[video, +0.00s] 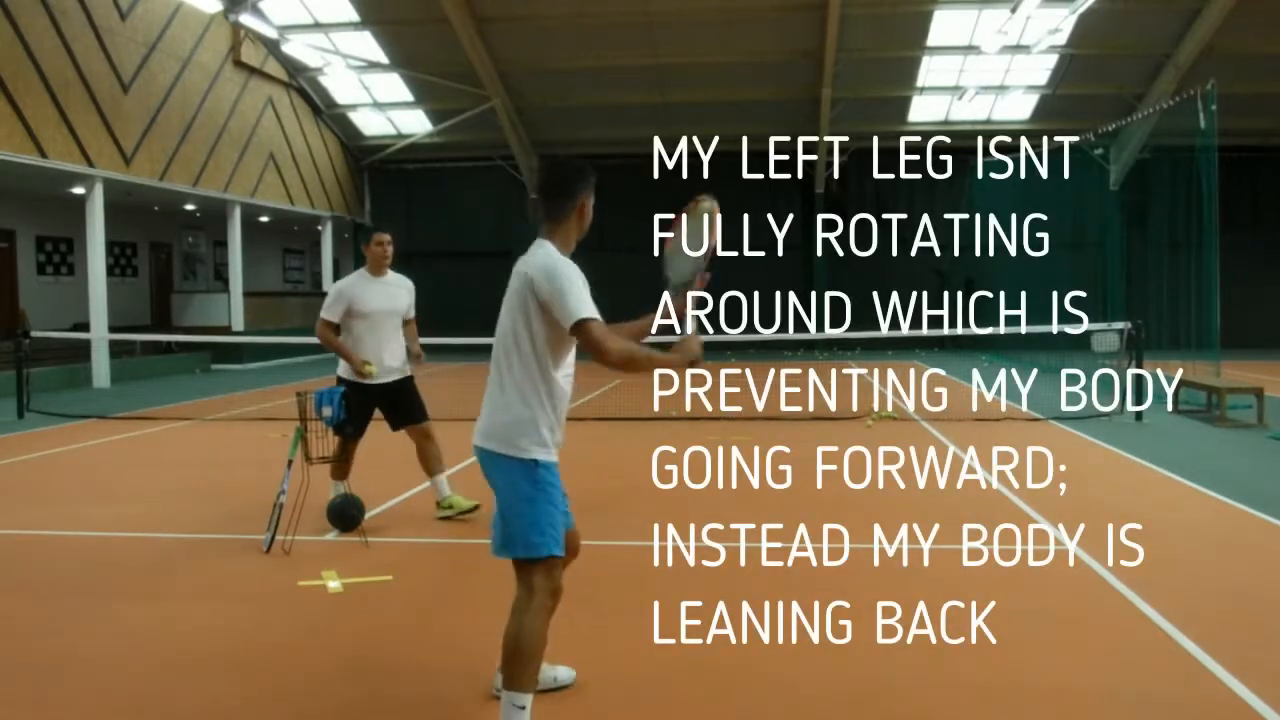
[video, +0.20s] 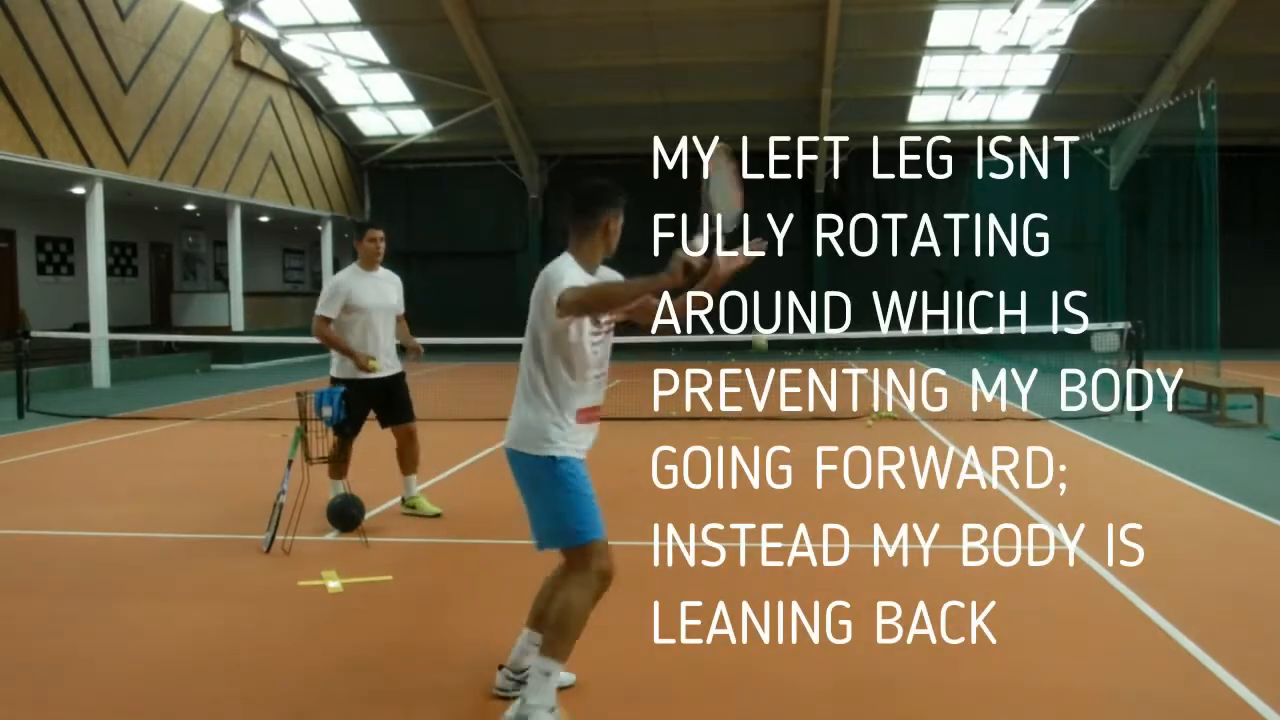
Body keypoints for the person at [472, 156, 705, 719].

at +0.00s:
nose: (593, 212)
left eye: (591, 203)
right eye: (592, 203)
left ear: (544, 205)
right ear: (583, 206)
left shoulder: (541, 263)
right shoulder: (555, 269)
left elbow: (595, 336)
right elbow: (608, 351)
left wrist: (657, 321)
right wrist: (674, 357)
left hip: (519, 442)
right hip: (519, 446)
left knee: (564, 544)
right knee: (539, 585)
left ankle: (518, 668)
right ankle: (515, 709)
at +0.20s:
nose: (619, 229)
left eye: (618, 221)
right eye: (618, 220)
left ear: (577, 222)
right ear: (608, 223)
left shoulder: (594, 279)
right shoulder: (558, 275)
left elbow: (651, 310)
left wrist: (712, 280)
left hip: (559, 442)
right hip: (546, 444)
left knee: (580, 561)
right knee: (595, 568)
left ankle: (520, 666)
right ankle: (535, 703)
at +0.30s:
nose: (644, 231)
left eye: (643, 223)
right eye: (639, 222)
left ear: (626, 226)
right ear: (621, 222)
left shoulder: (635, 274)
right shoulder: (573, 261)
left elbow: (689, 300)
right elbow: (557, 288)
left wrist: (733, 269)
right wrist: (619, 258)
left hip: (583, 433)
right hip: (560, 433)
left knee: (584, 554)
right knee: (622, 546)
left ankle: (519, 662)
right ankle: (579, 679)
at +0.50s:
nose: (680, 245)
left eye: (682, 236)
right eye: (674, 234)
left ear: (678, 242)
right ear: (654, 234)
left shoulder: (671, 284)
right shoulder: (605, 273)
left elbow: (729, 315)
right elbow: (555, 307)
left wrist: (788, 306)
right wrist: (588, 287)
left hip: (620, 427)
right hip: (591, 428)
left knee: (649, 527)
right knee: (663, 531)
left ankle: (567, 602)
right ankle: (634, 659)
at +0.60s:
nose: (691, 262)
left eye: (691, 253)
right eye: (685, 254)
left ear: (668, 258)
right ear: (662, 256)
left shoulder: (684, 298)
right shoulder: (618, 296)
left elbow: (739, 332)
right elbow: (577, 341)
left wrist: (803, 352)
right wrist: (593, 331)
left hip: (635, 438)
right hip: (603, 441)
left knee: (686, 511)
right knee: (669, 537)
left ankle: (626, 599)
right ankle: (635, 658)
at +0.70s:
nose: (702, 269)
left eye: (703, 262)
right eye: (697, 262)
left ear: (687, 266)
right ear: (674, 264)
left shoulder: (698, 306)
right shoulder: (635, 307)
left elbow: (754, 340)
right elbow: (608, 356)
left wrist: (814, 365)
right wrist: (595, 379)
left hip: (646, 438)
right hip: (616, 440)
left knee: (698, 512)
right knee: (673, 535)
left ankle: (657, 602)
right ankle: (634, 658)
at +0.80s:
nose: (715, 262)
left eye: (713, 254)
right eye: (709, 254)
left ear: (686, 262)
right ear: (688, 260)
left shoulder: (706, 300)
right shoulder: (654, 310)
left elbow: (751, 333)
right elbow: (642, 373)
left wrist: (803, 361)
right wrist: (626, 419)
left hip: (663, 430)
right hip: (633, 432)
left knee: (701, 505)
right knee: (677, 533)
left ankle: (655, 599)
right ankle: (637, 654)